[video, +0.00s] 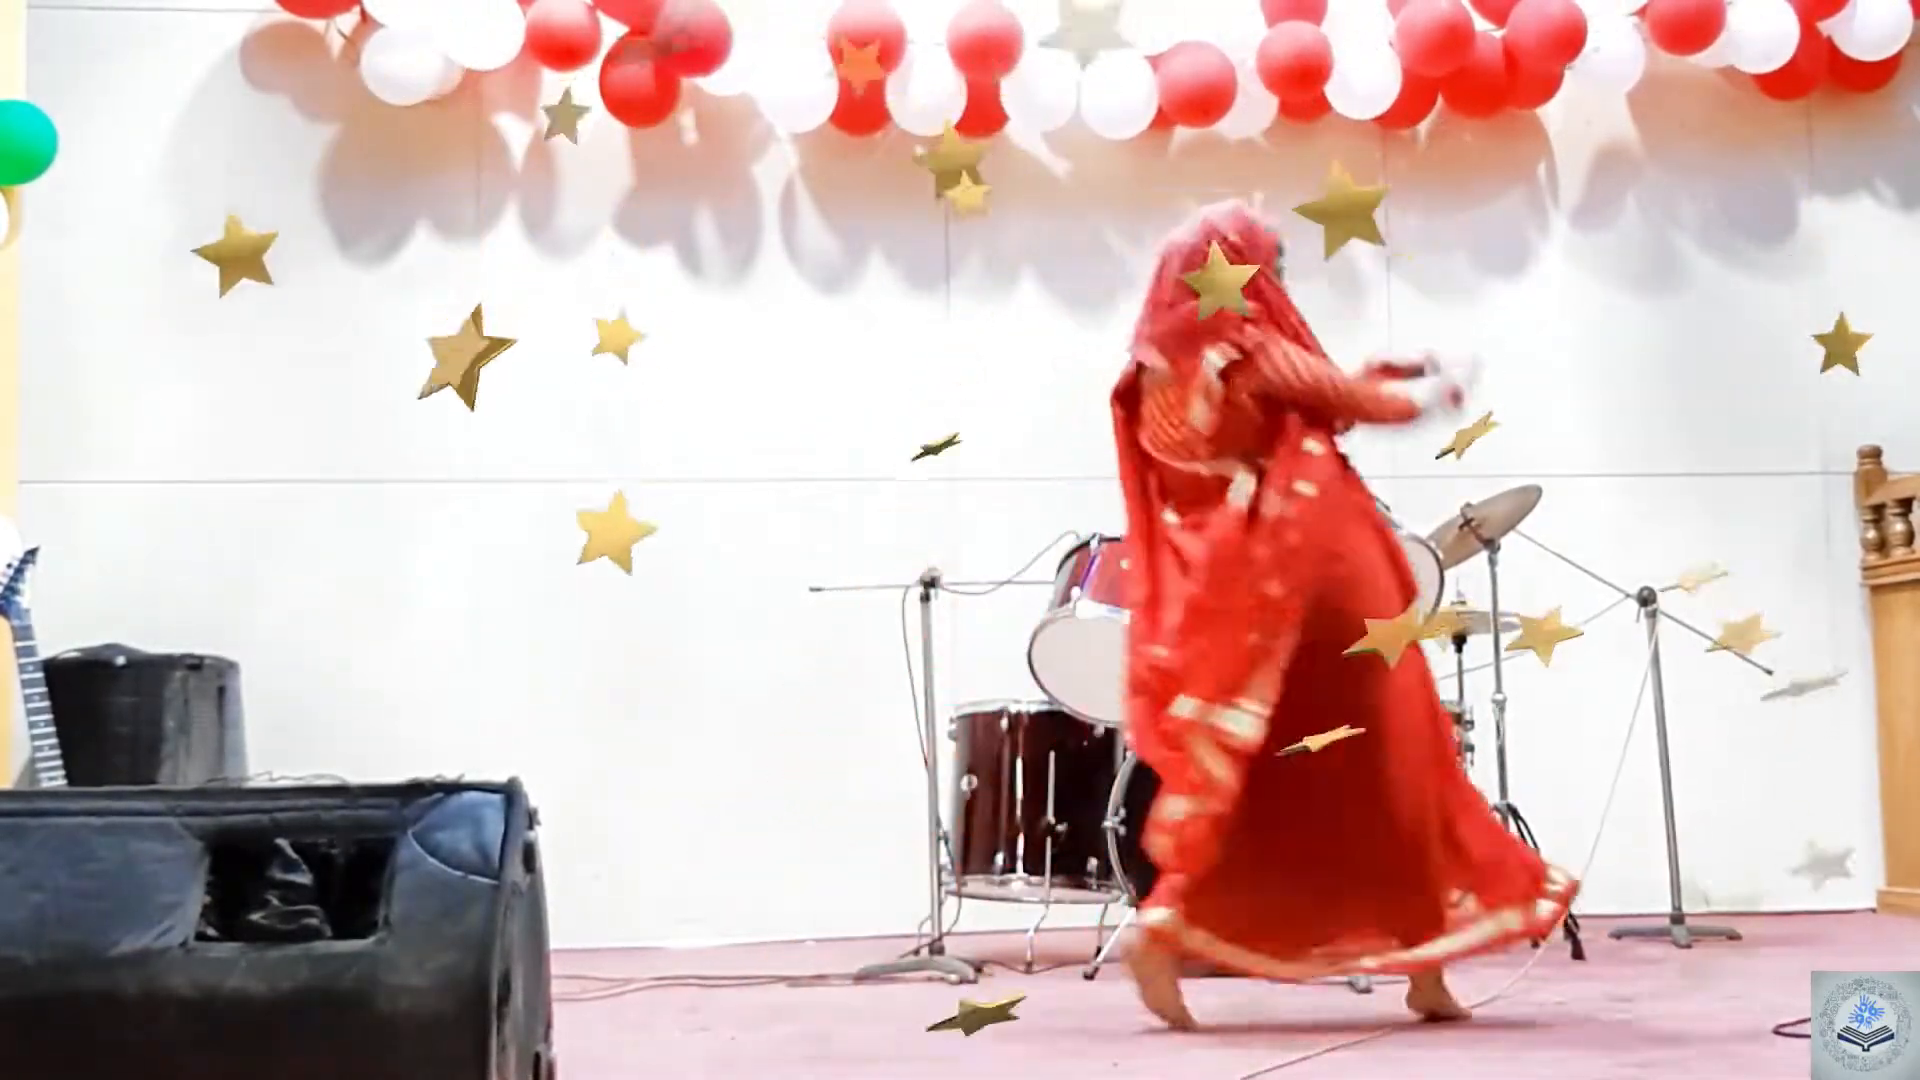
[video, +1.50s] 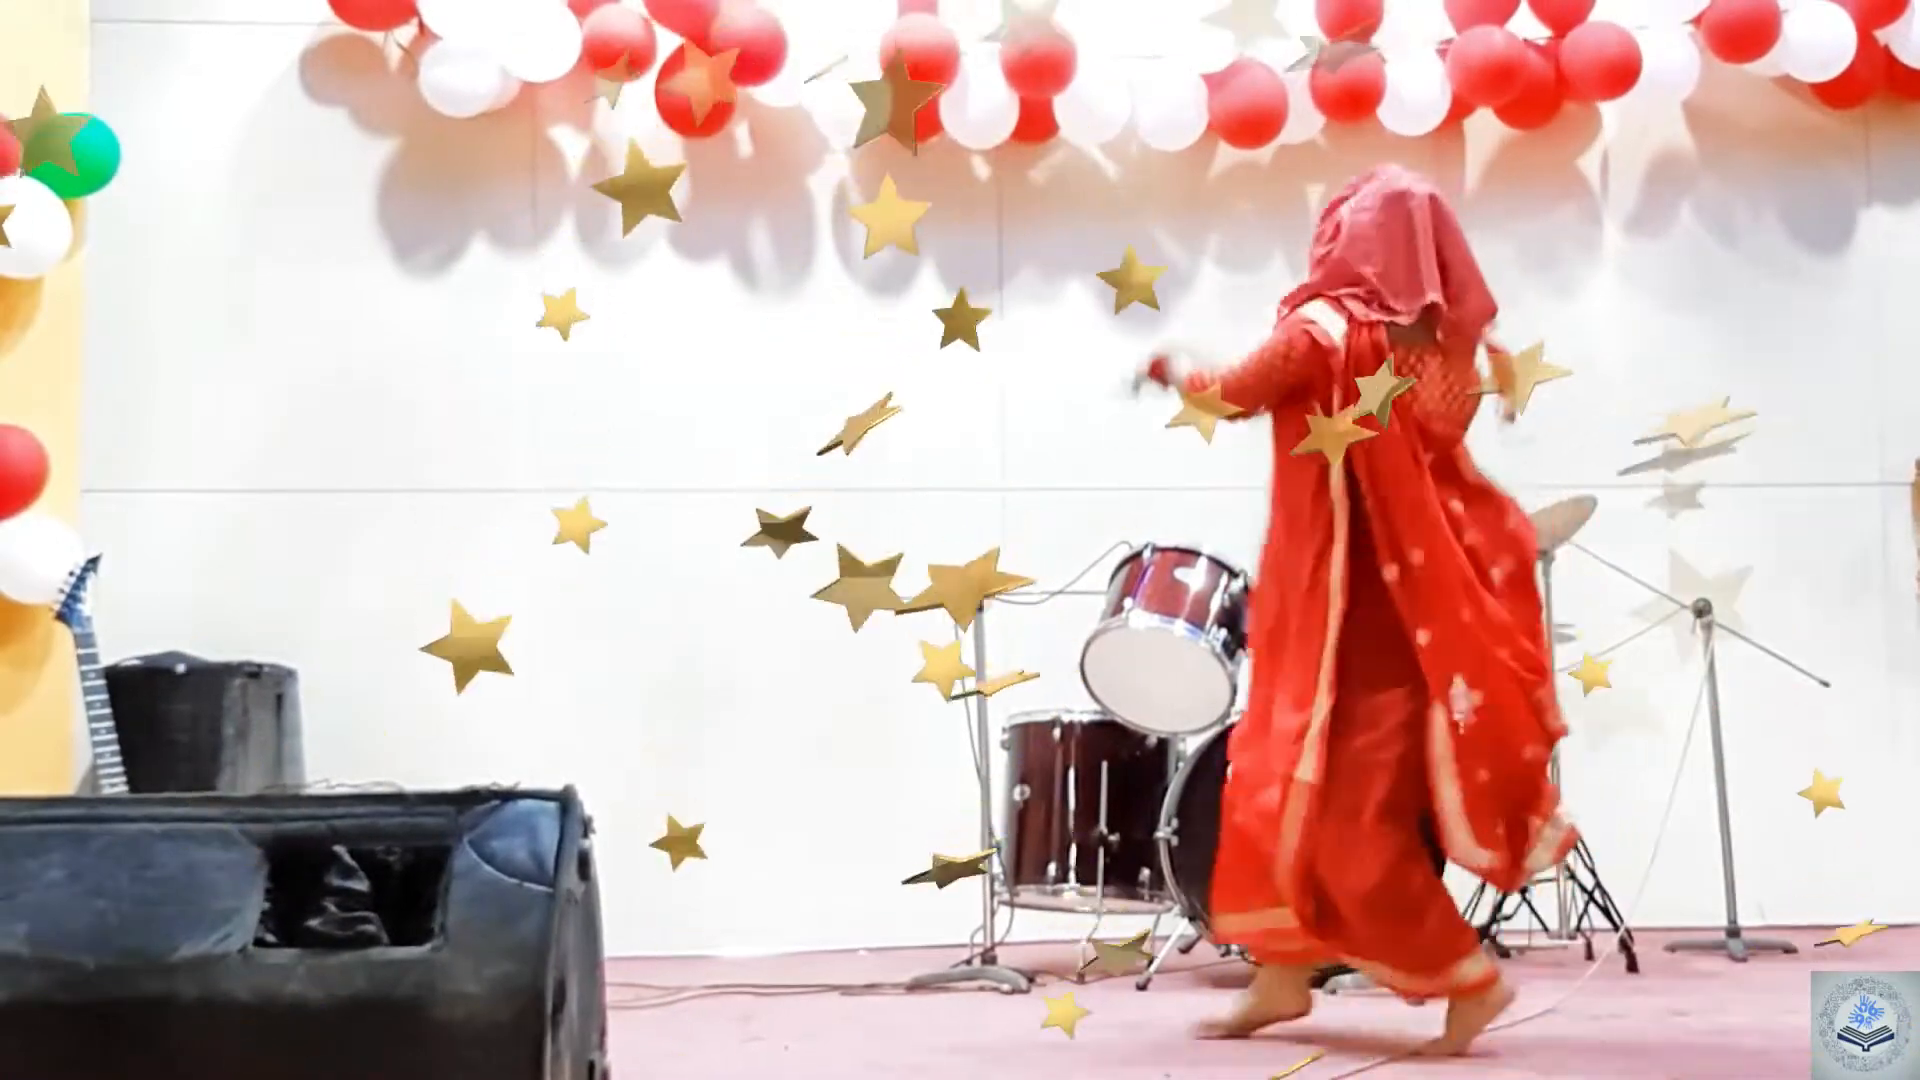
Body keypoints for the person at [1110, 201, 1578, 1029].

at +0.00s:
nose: (1277, 282)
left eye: (1273, 268)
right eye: (1267, 269)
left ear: (1178, 280)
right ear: (1240, 277)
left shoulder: (1149, 374)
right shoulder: (1250, 351)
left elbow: (1284, 399)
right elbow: (1342, 394)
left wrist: (1371, 371)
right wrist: (1429, 389)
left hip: (1222, 584)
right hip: (1314, 575)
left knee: (1228, 755)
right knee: (1399, 754)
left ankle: (1161, 928)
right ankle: (1426, 966)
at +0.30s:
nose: (1380, 249)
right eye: (1369, 233)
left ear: (1267, 256)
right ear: (1357, 244)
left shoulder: (1238, 369)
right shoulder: (1366, 320)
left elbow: (1254, 518)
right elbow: (1448, 340)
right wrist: (1513, 342)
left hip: (1304, 616)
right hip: (1394, 602)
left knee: (1333, 785)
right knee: (1439, 772)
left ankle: (1313, 954)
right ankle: (1448, 973)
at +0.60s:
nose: (1417, 230)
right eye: (1415, 217)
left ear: (1314, 237)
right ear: (1411, 221)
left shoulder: (1278, 357)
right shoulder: (1431, 268)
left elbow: (1241, 514)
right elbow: (1556, 238)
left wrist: (1243, 612)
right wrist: (1537, 224)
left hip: (1326, 577)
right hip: (1440, 551)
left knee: (1338, 787)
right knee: (1492, 745)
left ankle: (1366, 997)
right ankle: (1521, 899)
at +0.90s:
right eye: (1517, 275)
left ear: (1407, 292)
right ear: (1514, 284)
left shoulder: (1367, 400)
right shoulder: (1543, 377)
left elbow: (1317, 441)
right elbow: (1623, 495)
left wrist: (1297, 397)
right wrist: (1721, 567)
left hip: (1444, 653)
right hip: (1556, 648)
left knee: (1486, 844)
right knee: (1596, 848)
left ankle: (1495, 1032)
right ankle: (1609, 1051)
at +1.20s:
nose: (1417, 275)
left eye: (1412, 257)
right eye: (1416, 258)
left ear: (1370, 253)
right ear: (1484, 241)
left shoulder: (1369, 355)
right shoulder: (1535, 322)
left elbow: (1318, 468)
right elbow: (1564, 436)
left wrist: (1263, 539)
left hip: (1396, 594)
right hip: (1525, 574)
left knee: (1416, 792)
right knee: (1532, 754)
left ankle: (1460, 1008)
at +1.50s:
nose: (1320, 238)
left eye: (1332, 224)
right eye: (1329, 223)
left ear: (1351, 241)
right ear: (1426, 250)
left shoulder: (1325, 327)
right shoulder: (1451, 347)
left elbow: (1243, 387)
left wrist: (1179, 373)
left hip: (1358, 623)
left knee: (1344, 817)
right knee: (1281, 786)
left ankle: (1470, 976)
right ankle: (1282, 974)